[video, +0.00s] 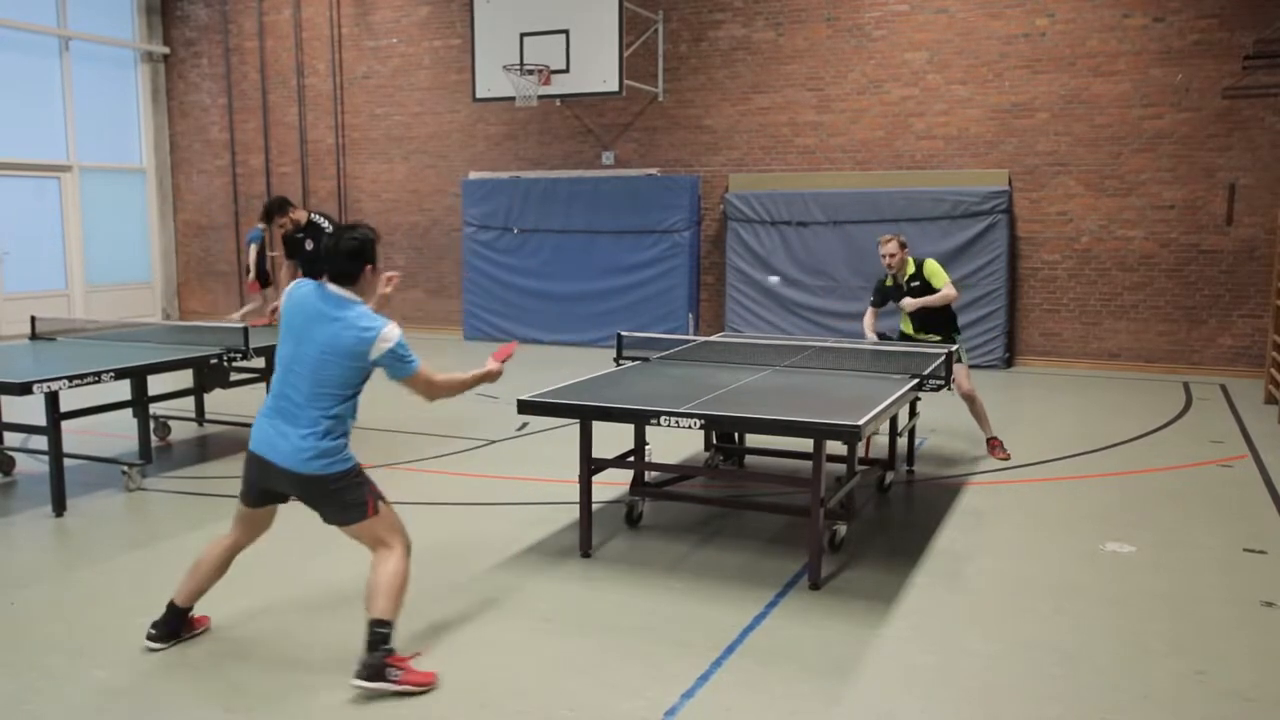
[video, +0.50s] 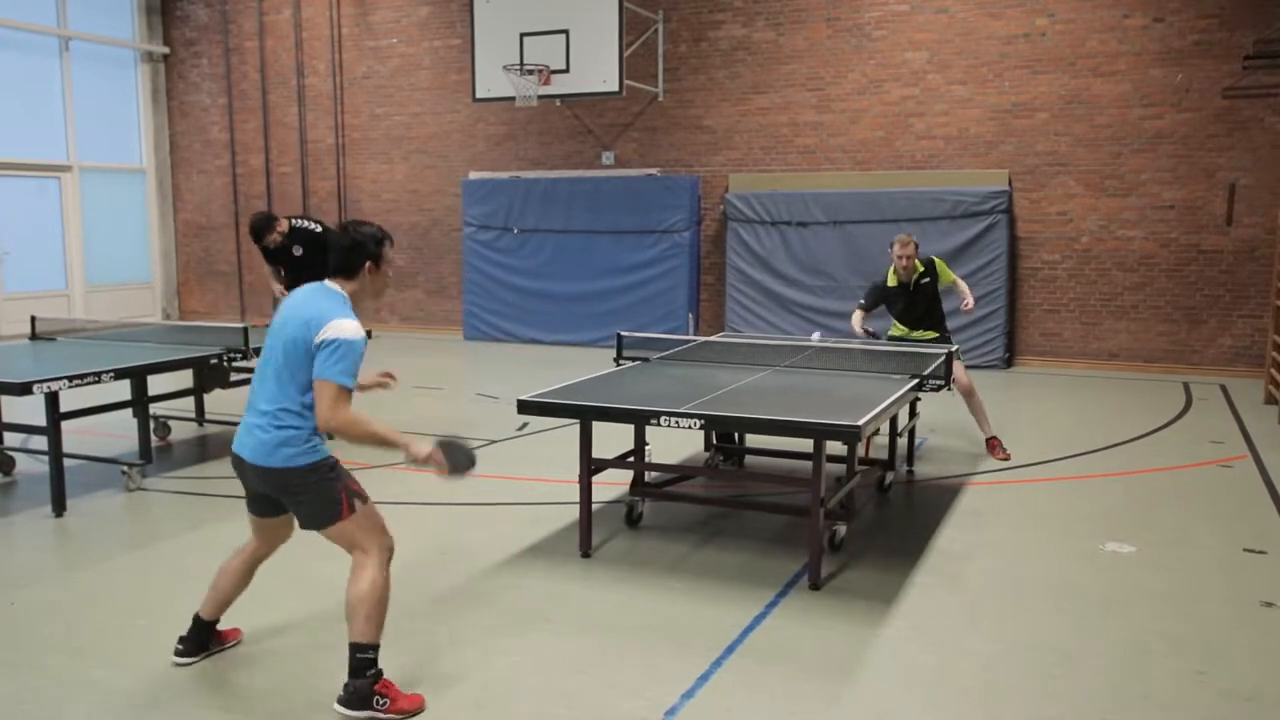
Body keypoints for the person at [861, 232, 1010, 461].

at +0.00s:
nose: (887, 261)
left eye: (892, 255)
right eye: (883, 257)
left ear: (905, 253)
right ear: (880, 258)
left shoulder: (927, 266)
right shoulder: (886, 283)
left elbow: (951, 294)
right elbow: (870, 314)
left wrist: (917, 302)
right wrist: (870, 332)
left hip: (944, 340)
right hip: (909, 341)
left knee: (966, 390)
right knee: (880, 383)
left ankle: (991, 439)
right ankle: (865, 439)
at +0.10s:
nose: (890, 273)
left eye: (895, 267)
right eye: (886, 268)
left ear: (907, 263)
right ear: (882, 268)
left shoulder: (928, 273)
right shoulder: (885, 293)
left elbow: (960, 294)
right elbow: (868, 322)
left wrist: (935, 302)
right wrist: (873, 339)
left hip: (946, 343)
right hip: (912, 346)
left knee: (965, 391)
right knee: (885, 384)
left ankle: (991, 440)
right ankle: (869, 431)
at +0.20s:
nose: (898, 280)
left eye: (902, 274)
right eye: (893, 276)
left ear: (911, 267)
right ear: (887, 272)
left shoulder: (930, 271)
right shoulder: (885, 294)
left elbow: (964, 286)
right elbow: (873, 330)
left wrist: (960, 298)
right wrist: (889, 342)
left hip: (944, 342)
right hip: (909, 346)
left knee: (966, 388)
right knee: (882, 384)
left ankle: (991, 439)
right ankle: (868, 434)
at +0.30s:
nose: (904, 285)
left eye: (908, 279)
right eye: (898, 280)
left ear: (914, 272)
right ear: (889, 274)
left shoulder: (927, 272)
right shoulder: (885, 294)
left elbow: (952, 283)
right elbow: (881, 327)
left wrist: (967, 293)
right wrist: (897, 322)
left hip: (943, 342)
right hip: (909, 346)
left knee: (967, 387)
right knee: (882, 386)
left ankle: (991, 439)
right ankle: (868, 434)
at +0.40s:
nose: (905, 275)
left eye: (910, 270)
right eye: (900, 271)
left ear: (916, 265)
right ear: (892, 268)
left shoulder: (930, 272)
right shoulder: (887, 291)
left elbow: (952, 283)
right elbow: (865, 321)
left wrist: (969, 294)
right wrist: (868, 324)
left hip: (942, 342)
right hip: (907, 345)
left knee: (968, 387)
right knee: (884, 388)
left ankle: (991, 439)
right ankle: (867, 439)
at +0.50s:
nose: (904, 263)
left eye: (909, 258)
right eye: (899, 258)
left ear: (917, 254)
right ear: (891, 255)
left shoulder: (932, 266)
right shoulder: (884, 284)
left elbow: (957, 282)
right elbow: (859, 313)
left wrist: (968, 297)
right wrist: (859, 328)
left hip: (936, 337)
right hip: (900, 338)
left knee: (965, 384)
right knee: (878, 384)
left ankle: (991, 439)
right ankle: (867, 436)